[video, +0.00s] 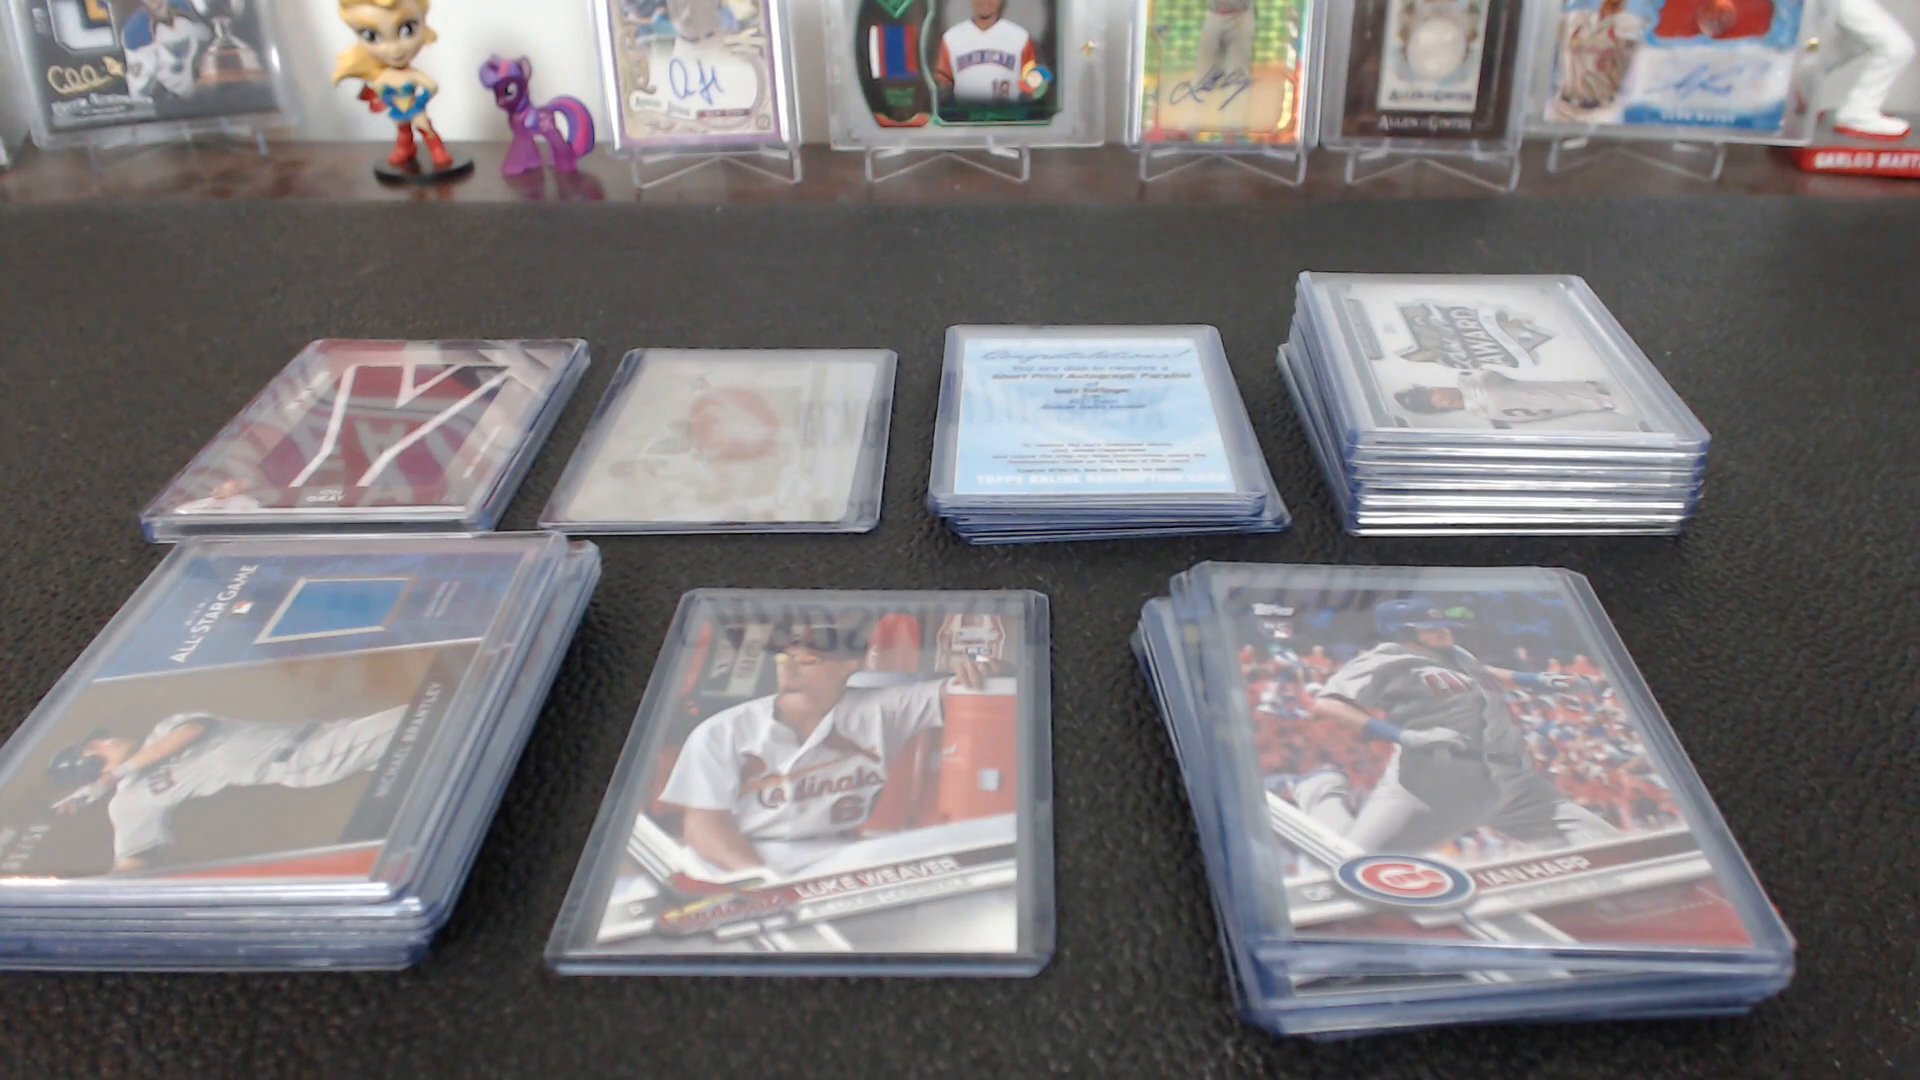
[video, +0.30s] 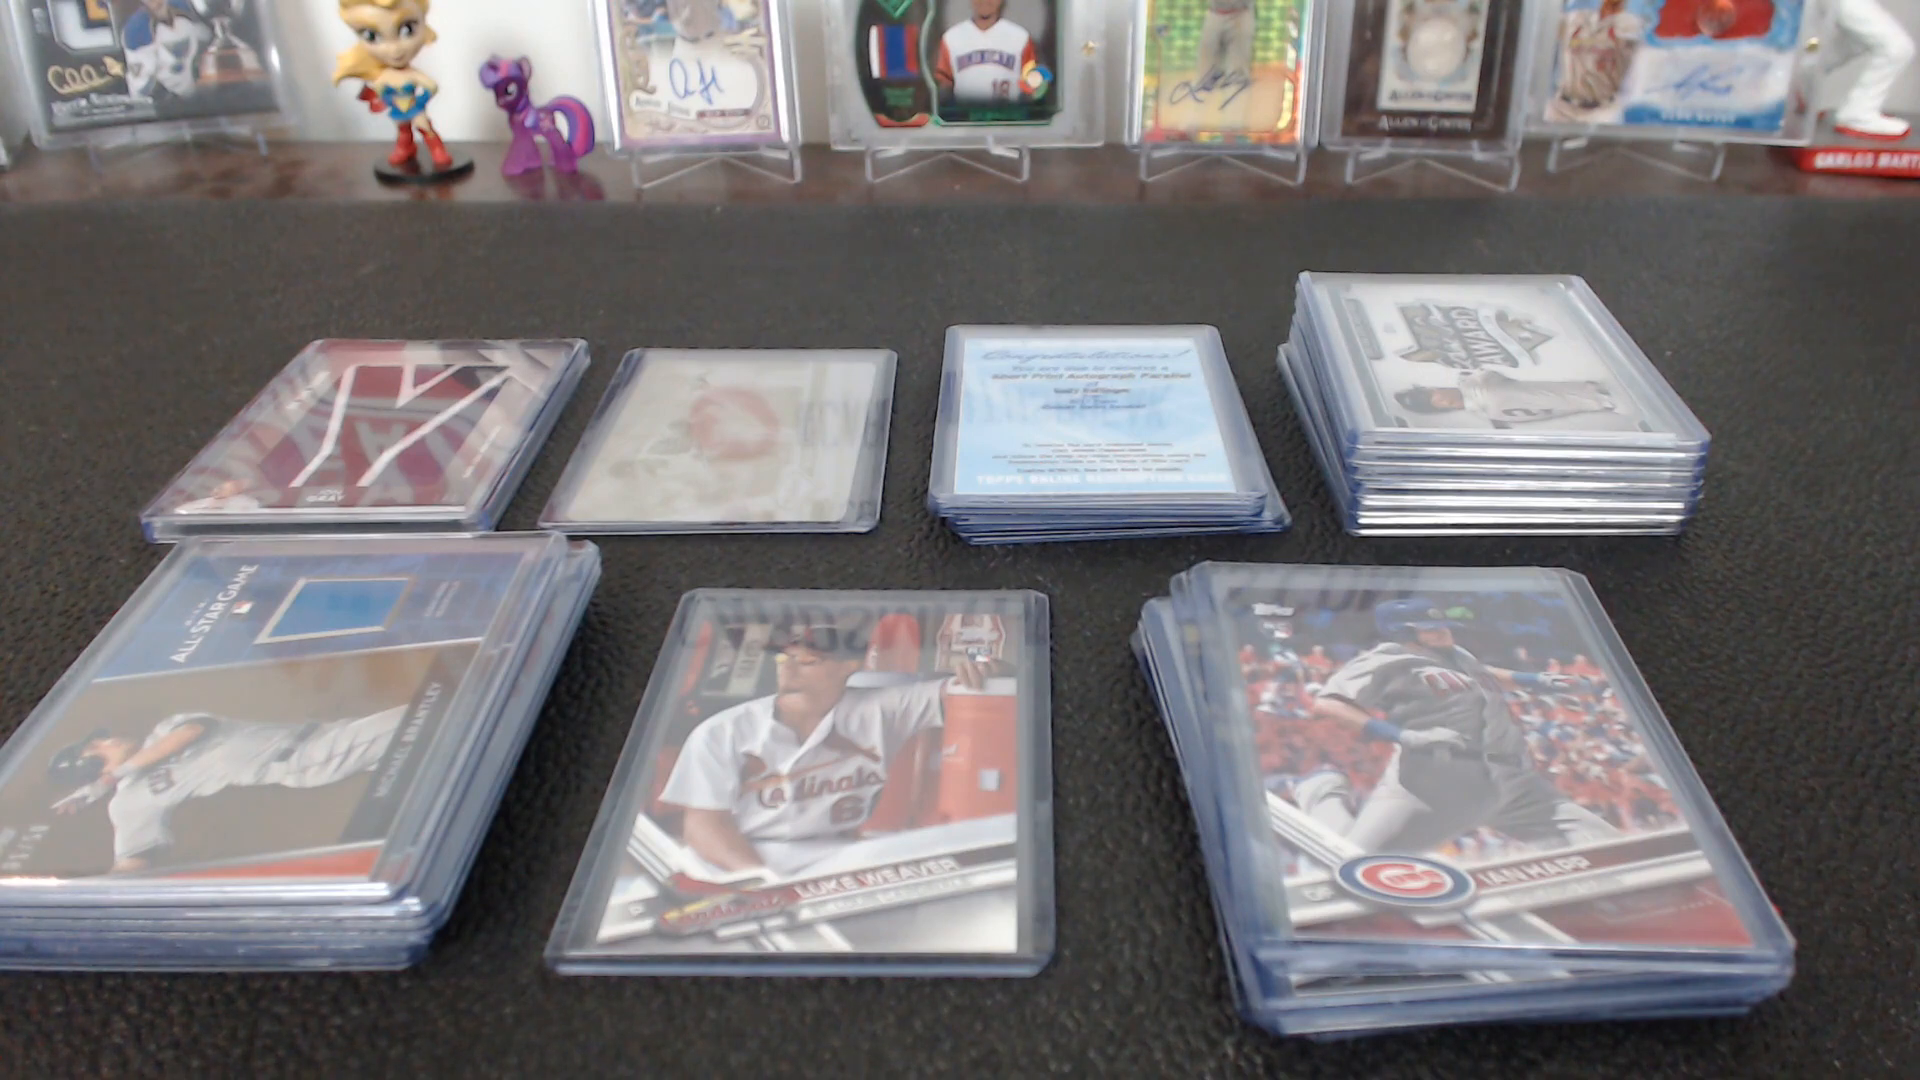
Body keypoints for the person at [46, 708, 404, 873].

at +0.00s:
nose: (111, 740)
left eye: (101, 739)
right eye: (101, 747)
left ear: (108, 742)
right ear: (100, 771)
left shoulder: (161, 729)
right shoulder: (131, 799)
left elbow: (193, 732)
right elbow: (129, 871)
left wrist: (119, 773)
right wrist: (82, 899)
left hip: (312, 733)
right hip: (299, 760)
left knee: (416, 722)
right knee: (414, 718)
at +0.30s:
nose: (112, 740)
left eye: (102, 740)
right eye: (102, 746)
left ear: (108, 742)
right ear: (101, 769)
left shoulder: (161, 729)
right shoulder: (132, 798)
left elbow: (191, 733)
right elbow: (130, 869)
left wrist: (114, 777)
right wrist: (78, 895)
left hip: (312, 732)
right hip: (300, 760)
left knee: (417, 722)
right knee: (414, 718)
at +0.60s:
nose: (113, 741)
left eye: (102, 741)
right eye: (103, 747)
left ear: (108, 741)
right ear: (101, 768)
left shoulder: (163, 727)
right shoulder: (131, 798)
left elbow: (192, 733)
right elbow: (129, 870)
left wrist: (114, 777)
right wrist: (87, 902)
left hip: (313, 732)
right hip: (300, 760)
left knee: (418, 719)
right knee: (416, 717)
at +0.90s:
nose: (112, 741)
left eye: (102, 740)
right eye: (103, 747)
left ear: (109, 741)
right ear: (101, 769)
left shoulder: (161, 729)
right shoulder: (131, 798)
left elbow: (192, 733)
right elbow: (130, 869)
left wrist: (115, 776)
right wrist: (87, 901)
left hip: (312, 732)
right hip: (300, 760)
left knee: (417, 721)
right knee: (415, 717)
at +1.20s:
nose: (112, 740)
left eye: (102, 740)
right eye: (102, 746)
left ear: (109, 742)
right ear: (101, 769)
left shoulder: (161, 728)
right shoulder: (131, 798)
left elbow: (192, 733)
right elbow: (130, 869)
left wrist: (114, 777)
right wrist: (88, 902)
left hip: (313, 732)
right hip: (301, 760)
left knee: (418, 720)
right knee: (416, 717)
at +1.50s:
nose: (112, 741)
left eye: (101, 741)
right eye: (102, 747)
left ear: (107, 742)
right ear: (101, 769)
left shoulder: (162, 728)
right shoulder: (131, 798)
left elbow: (193, 732)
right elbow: (130, 869)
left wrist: (114, 777)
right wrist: (89, 902)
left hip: (314, 732)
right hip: (301, 760)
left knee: (419, 719)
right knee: (417, 717)